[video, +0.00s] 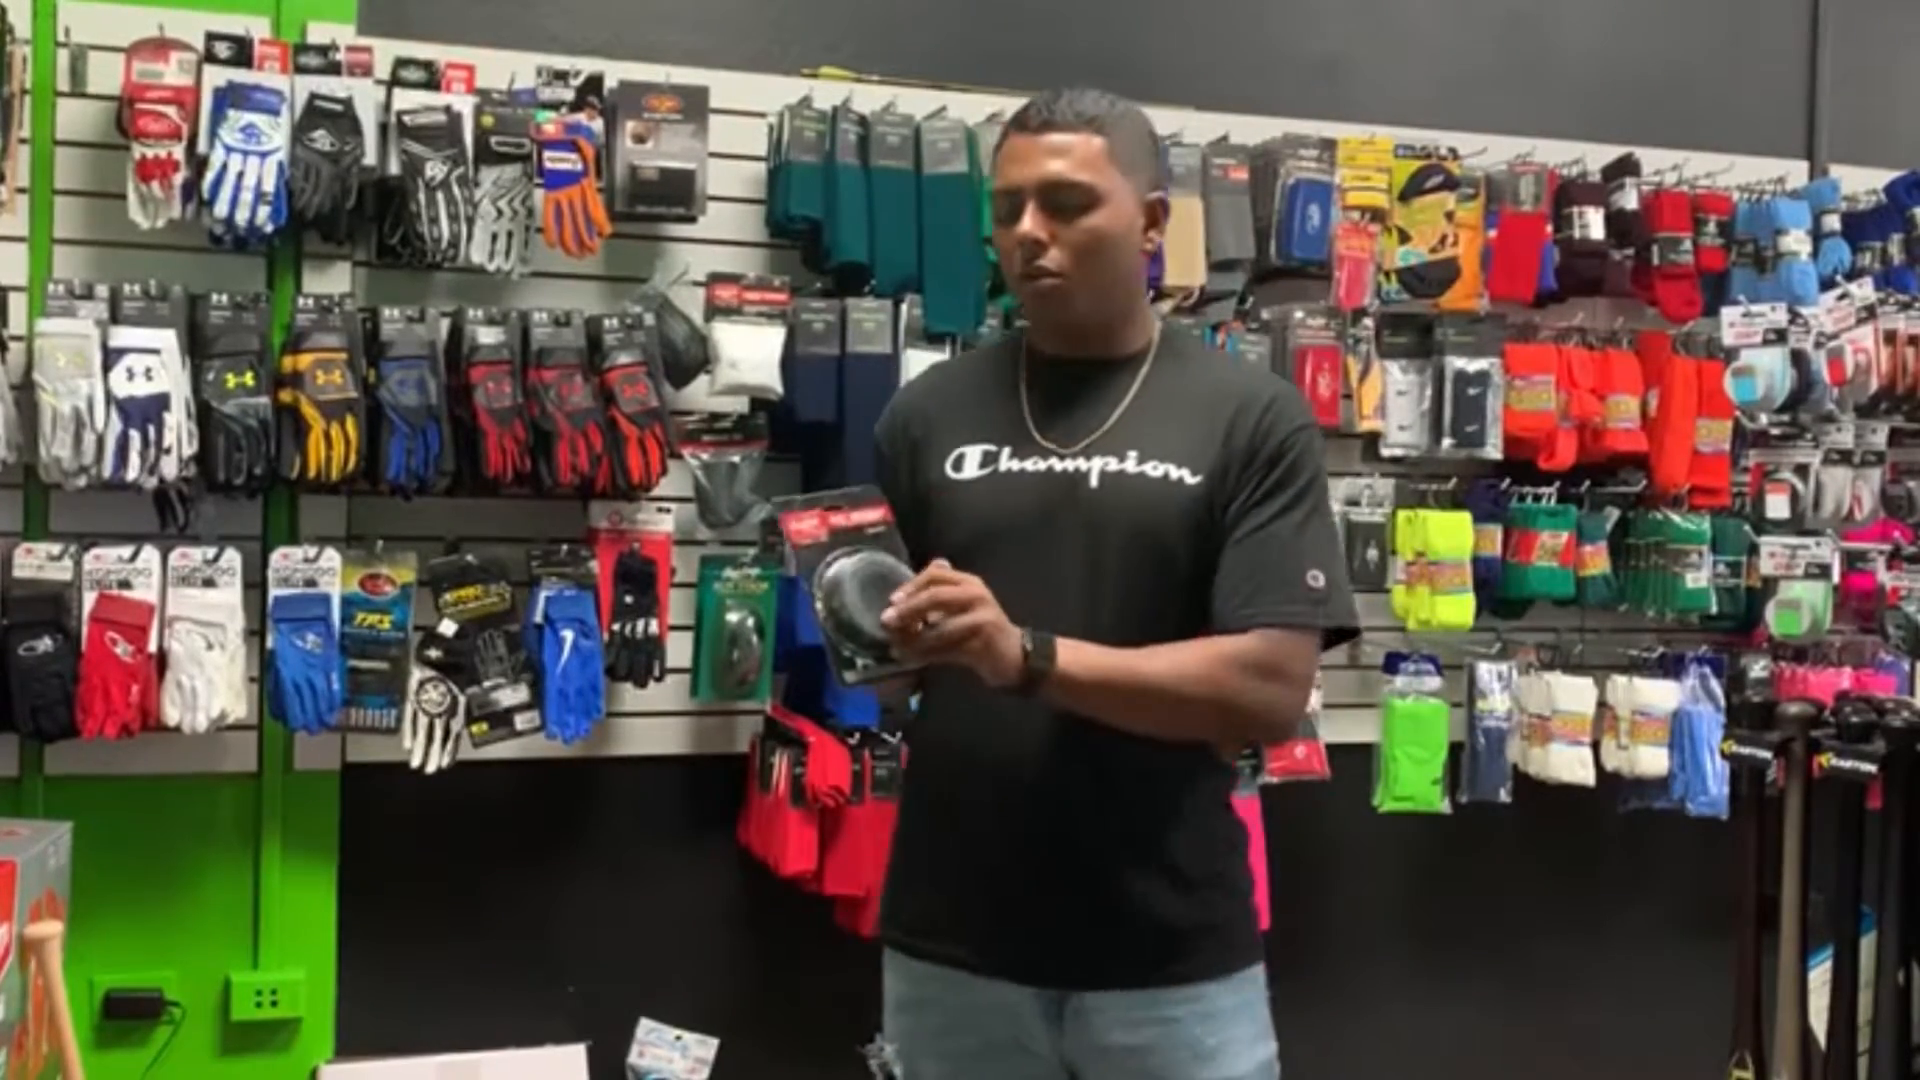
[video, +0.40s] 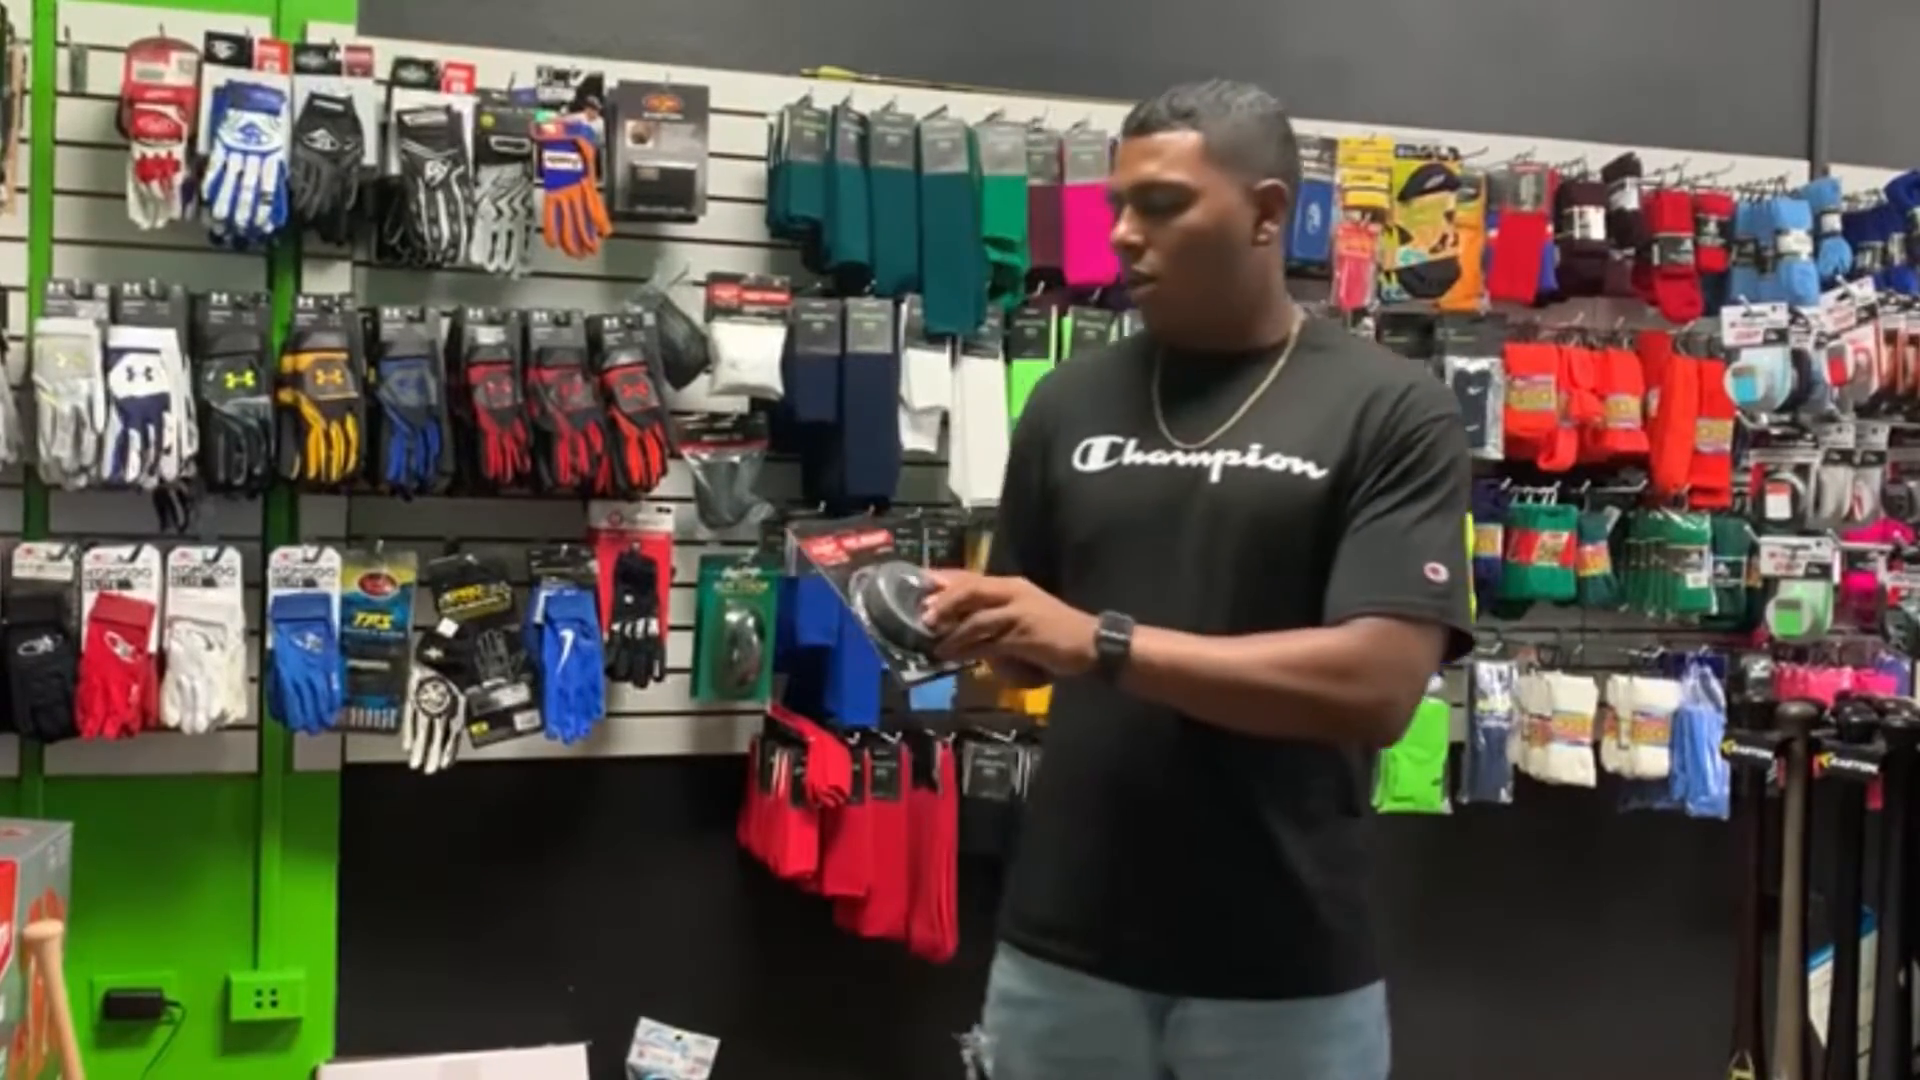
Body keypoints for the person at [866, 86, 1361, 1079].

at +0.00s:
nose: (1028, 234)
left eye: (1067, 203)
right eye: (1009, 207)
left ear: (1152, 220)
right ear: (991, 225)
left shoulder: (1252, 416)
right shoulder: (923, 416)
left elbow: (1272, 686)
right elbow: (889, 666)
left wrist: (1031, 657)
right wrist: (892, 643)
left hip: (1172, 952)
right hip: (955, 946)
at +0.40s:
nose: (1124, 237)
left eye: (1161, 205)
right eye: (1119, 209)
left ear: (1269, 212)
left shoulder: (1391, 407)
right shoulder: (1065, 403)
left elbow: (1377, 687)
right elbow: (1029, 650)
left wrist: (1096, 642)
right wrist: (978, 630)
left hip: (1286, 968)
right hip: (1064, 950)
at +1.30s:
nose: (1278, 226)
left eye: (1317, 194)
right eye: (1278, 195)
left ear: (1432, 210)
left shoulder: (1562, 423)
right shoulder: (1239, 395)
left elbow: (1473, 699)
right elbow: (1173, 607)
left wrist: (1179, 650)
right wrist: (1065, 621)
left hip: (1420, 988)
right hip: (1202, 957)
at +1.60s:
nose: (1240, 228)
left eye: (1276, 195)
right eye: (1242, 197)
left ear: (1389, 209)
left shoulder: (1521, 419)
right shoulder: (1211, 399)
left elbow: (1424, 694)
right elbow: (1150, 610)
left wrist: (1141, 643)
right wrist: (1036, 619)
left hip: (1388, 989)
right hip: (1170, 958)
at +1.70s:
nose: (1221, 229)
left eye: (1256, 195)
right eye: (1221, 198)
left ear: (1367, 211)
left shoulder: (1495, 418)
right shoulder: (1189, 400)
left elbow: (1400, 693)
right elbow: (1132, 625)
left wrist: (1118, 640)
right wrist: (1016, 615)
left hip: (1367, 981)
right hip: (1153, 952)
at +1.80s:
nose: (1197, 225)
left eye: (1231, 192)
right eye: (1197, 195)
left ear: (1339, 209)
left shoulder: (1464, 412)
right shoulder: (1163, 399)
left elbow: (1368, 689)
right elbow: (1107, 625)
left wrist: (1088, 634)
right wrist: (989, 617)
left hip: (1340, 977)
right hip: (1130, 949)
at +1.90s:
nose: (1163, 225)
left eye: (1200, 191)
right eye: (1166, 195)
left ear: (1308, 208)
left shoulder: (1431, 410)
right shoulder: (1137, 392)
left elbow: (1336, 684)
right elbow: (1079, 626)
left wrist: (1059, 626)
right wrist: (961, 613)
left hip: (1311, 965)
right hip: (1106, 940)